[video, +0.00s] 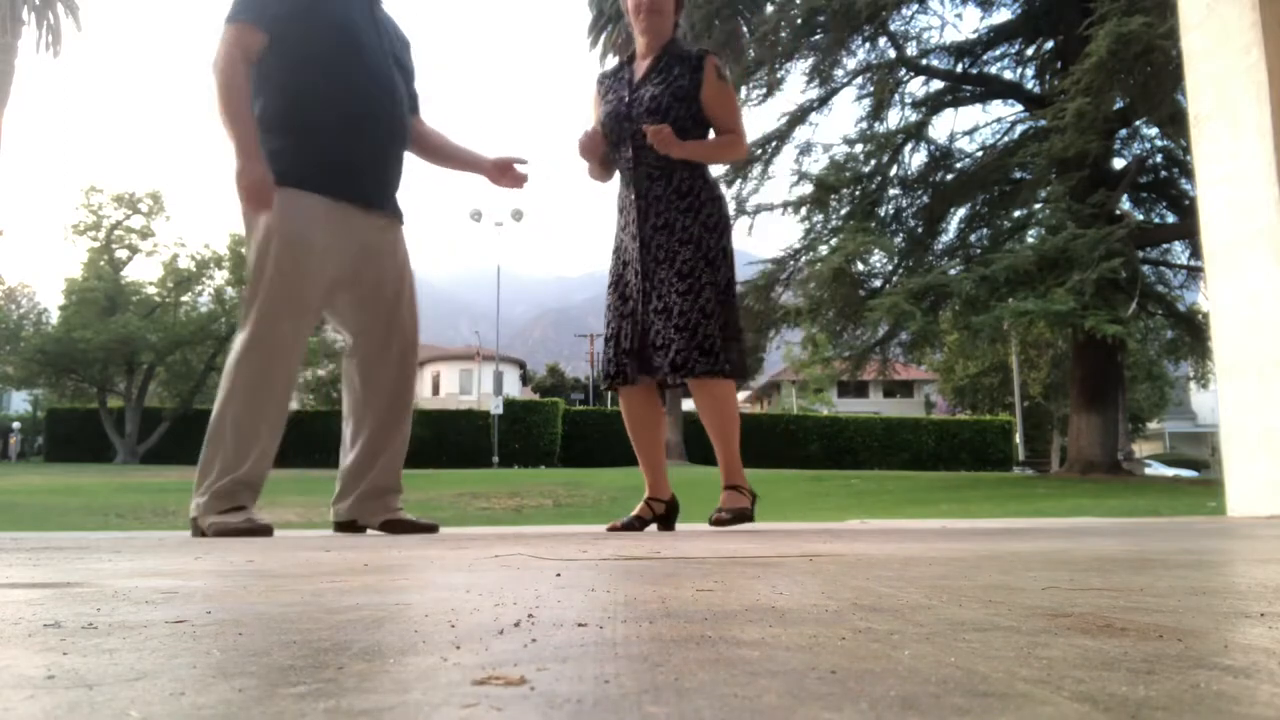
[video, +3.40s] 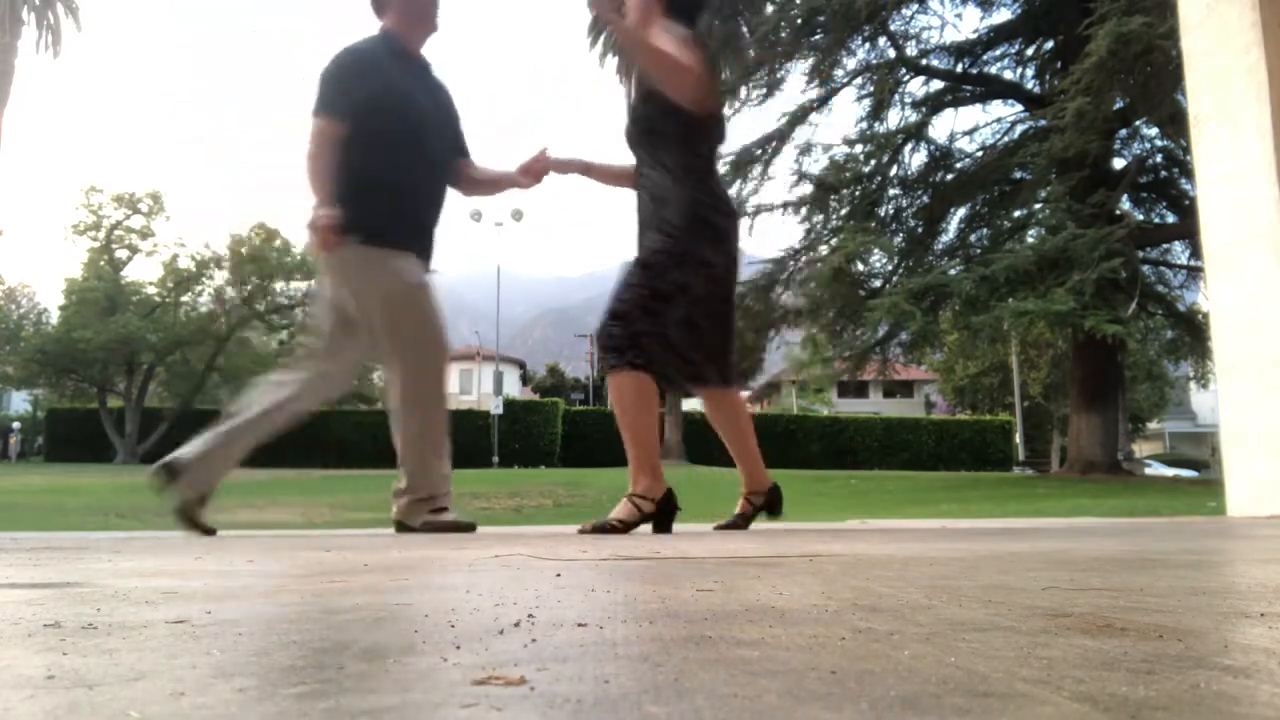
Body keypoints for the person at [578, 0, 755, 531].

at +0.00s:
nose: (642, 5)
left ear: (676, 7)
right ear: (623, 9)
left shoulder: (700, 67)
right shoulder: (610, 82)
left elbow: (736, 146)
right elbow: (605, 170)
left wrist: (681, 148)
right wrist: (594, 151)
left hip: (691, 220)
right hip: (635, 224)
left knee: (700, 349)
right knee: (629, 358)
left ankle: (734, 487)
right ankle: (658, 496)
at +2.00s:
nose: (657, 9)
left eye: (668, 1)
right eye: (658, 2)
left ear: (702, 9)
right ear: (671, 14)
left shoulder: (731, 65)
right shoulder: (664, 91)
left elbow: (767, 141)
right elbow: (623, 166)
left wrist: (719, 123)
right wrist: (576, 142)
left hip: (733, 227)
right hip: (682, 235)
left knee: (743, 359)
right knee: (668, 364)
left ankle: (758, 495)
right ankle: (689, 496)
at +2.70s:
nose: (692, 8)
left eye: (703, 1)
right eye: (693, 2)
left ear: (738, 8)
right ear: (706, 15)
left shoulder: (783, 55)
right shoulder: (705, 96)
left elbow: (847, 111)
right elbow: (644, 145)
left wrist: (791, 127)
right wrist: (570, 115)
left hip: (820, 220)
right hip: (765, 233)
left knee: (821, 351)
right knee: (718, 352)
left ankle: (841, 490)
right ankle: (704, 486)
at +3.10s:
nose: (690, 8)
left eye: (700, 1)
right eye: (691, 2)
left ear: (734, 6)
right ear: (708, 12)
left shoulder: (784, 61)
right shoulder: (702, 89)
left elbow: (842, 127)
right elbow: (652, 147)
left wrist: (826, 120)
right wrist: (588, 112)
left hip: (786, 217)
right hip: (736, 228)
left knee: (738, 321)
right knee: (735, 349)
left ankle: (779, 465)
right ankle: (763, 486)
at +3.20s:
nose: (676, 10)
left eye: (686, 3)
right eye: (678, 3)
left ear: (718, 9)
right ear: (699, 12)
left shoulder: (765, 63)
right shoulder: (692, 91)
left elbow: (818, 132)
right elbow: (649, 159)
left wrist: (811, 116)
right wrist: (581, 125)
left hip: (760, 223)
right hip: (719, 229)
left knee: (698, 330)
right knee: (733, 366)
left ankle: (705, 478)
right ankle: (764, 496)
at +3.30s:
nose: (653, 20)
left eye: (662, 9)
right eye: (655, 11)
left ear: (691, 12)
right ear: (677, 17)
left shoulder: (732, 67)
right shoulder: (682, 91)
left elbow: (776, 136)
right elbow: (649, 178)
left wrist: (743, 91)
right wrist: (578, 152)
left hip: (726, 238)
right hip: (696, 240)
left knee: (660, 343)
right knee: (726, 369)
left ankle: (654, 486)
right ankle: (762, 494)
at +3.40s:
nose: (616, 15)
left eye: (623, 8)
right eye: (615, 12)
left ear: (648, 3)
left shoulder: (670, 36)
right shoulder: (649, 66)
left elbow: (695, 84)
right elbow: (653, 176)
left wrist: (629, 33)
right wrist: (573, 166)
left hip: (687, 228)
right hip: (684, 229)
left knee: (622, 342)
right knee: (705, 363)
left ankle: (647, 490)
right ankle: (759, 487)